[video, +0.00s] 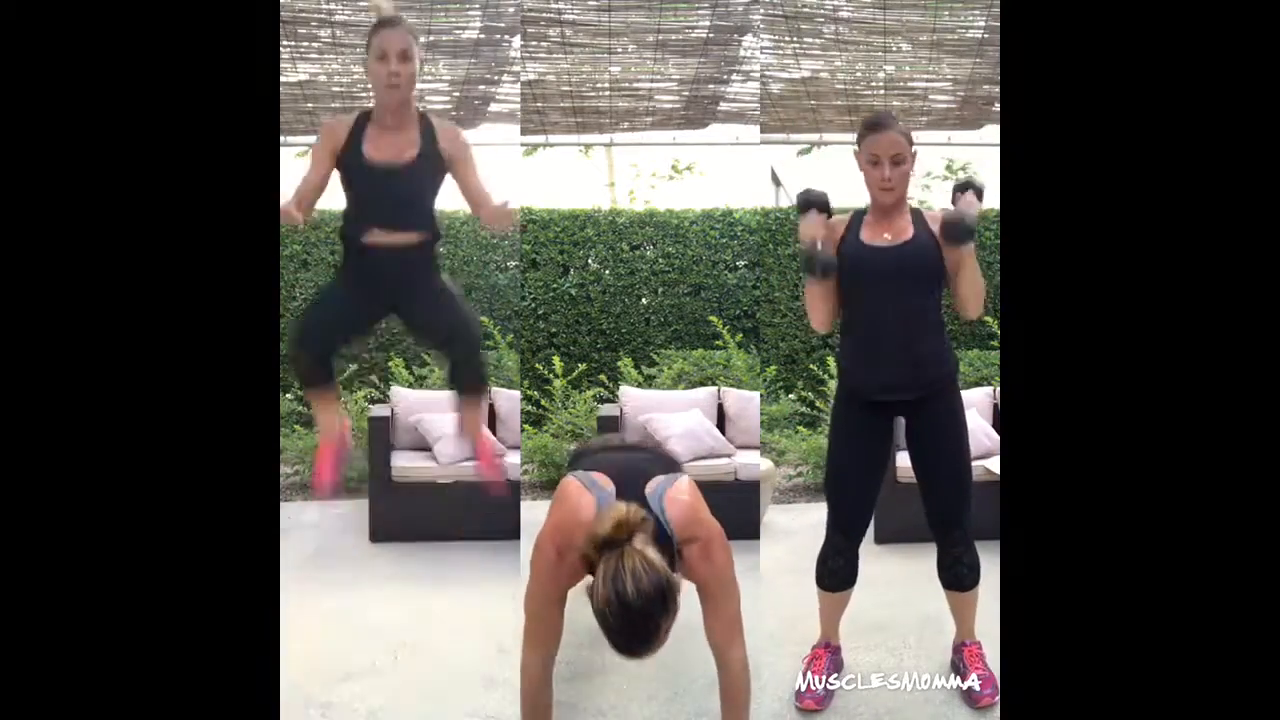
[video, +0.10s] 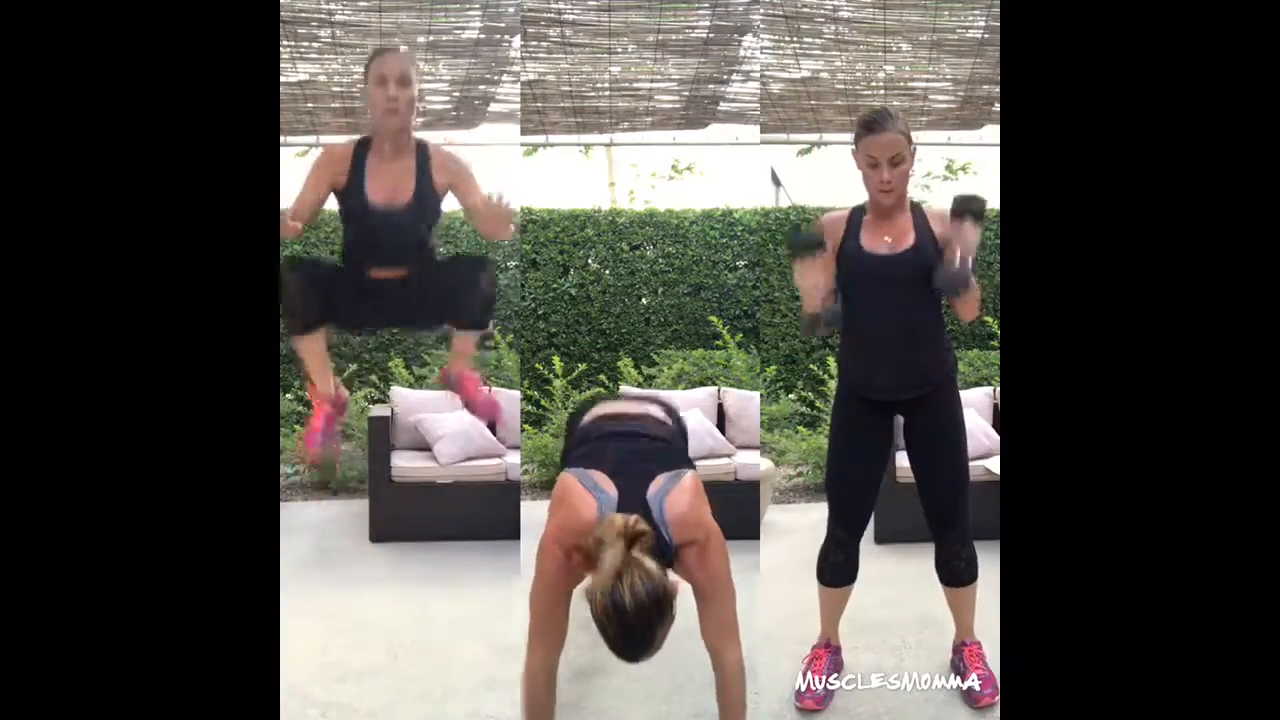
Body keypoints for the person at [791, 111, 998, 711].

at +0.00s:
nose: (885, 172)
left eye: (896, 161)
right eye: (873, 162)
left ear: (912, 162)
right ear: (858, 166)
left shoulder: (938, 226)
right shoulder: (839, 233)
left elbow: (971, 308)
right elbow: (821, 322)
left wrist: (962, 240)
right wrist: (817, 254)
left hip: (934, 393)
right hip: (861, 395)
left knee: (955, 530)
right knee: (842, 533)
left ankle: (968, 646)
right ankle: (826, 648)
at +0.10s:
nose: (884, 174)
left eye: (895, 161)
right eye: (872, 163)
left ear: (912, 161)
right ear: (857, 166)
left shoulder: (940, 225)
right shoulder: (836, 228)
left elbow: (968, 313)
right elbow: (820, 319)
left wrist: (959, 258)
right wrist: (815, 296)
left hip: (932, 394)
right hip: (861, 395)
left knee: (953, 529)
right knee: (842, 530)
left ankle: (968, 646)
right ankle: (827, 647)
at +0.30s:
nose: (885, 235)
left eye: (896, 221)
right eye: (872, 223)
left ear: (915, 209)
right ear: (854, 213)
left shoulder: (946, 259)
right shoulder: (828, 262)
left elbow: (972, 332)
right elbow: (809, 343)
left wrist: (969, 370)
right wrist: (808, 401)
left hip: (930, 402)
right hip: (858, 404)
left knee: (951, 527)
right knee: (841, 526)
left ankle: (968, 646)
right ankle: (826, 647)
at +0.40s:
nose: (887, 297)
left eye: (898, 284)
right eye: (875, 286)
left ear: (916, 262)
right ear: (855, 269)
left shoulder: (949, 298)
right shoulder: (824, 306)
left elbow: (983, 375)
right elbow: (804, 397)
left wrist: (977, 427)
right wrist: (811, 471)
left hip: (928, 402)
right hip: (858, 405)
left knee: (949, 517)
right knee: (838, 523)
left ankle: (967, 646)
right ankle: (825, 648)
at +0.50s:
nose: (885, 372)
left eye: (896, 360)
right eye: (874, 362)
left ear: (916, 336)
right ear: (856, 340)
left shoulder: (948, 344)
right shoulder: (825, 352)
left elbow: (990, 434)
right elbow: (804, 460)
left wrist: (975, 517)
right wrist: (813, 553)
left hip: (928, 407)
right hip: (855, 412)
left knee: (953, 525)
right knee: (832, 528)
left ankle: (966, 645)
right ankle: (826, 648)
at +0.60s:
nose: (889, 450)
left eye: (901, 435)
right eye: (876, 437)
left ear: (920, 404)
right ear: (857, 409)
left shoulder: (944, 390)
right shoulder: (832, 394)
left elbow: (988, 497)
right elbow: (807, 522)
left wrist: (980, 596)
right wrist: (815, 627)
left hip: (929, 423)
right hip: (855, 425)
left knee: (958, 524)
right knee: (830, 532)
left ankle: (967, 644)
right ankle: (824, 645)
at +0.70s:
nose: (892, 510)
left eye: (905, 496)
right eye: (880, 497)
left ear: (924, 457)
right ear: (856, 458)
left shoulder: (948, 435)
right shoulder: (835, 432)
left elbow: (982, 555)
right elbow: (813, 558)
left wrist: (984, 659)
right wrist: (814, 679)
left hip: (931, 402)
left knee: (961, 546)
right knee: (828, 548)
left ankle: (969, 654)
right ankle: (826, 658)